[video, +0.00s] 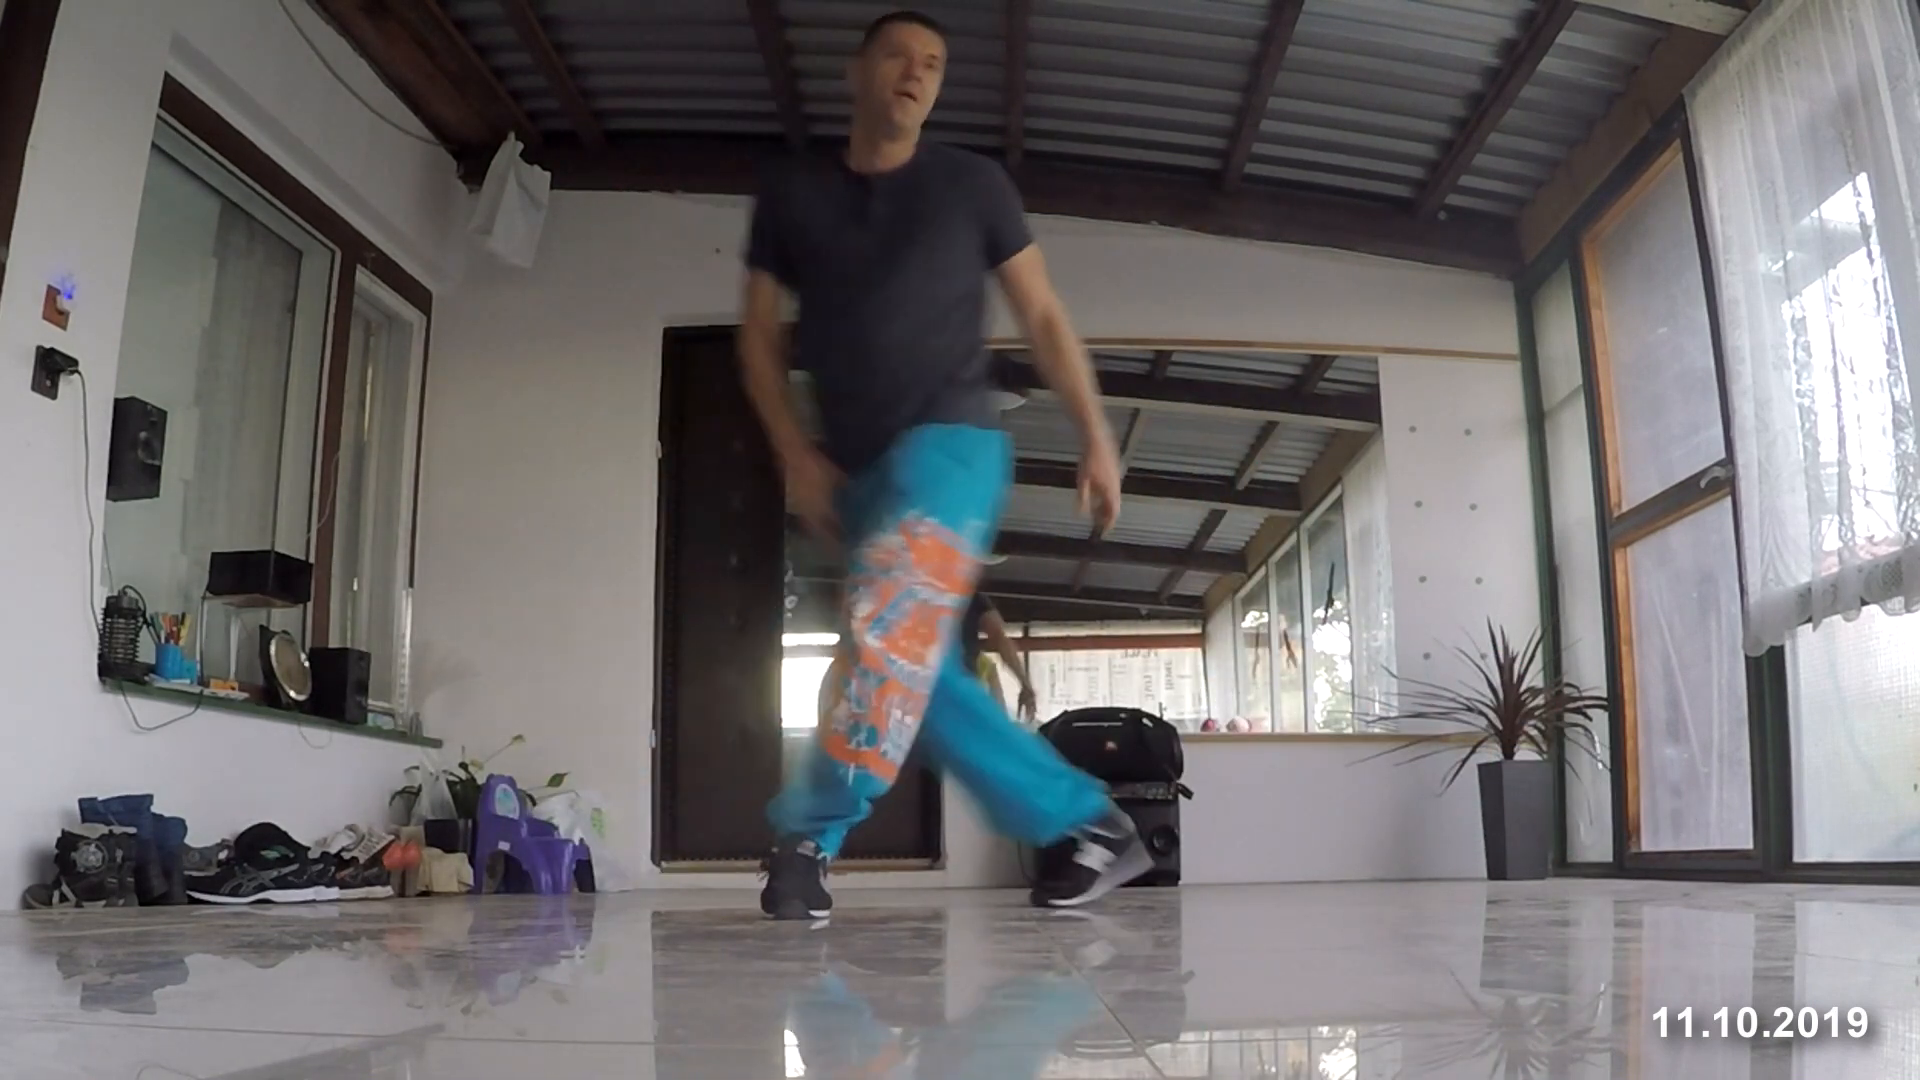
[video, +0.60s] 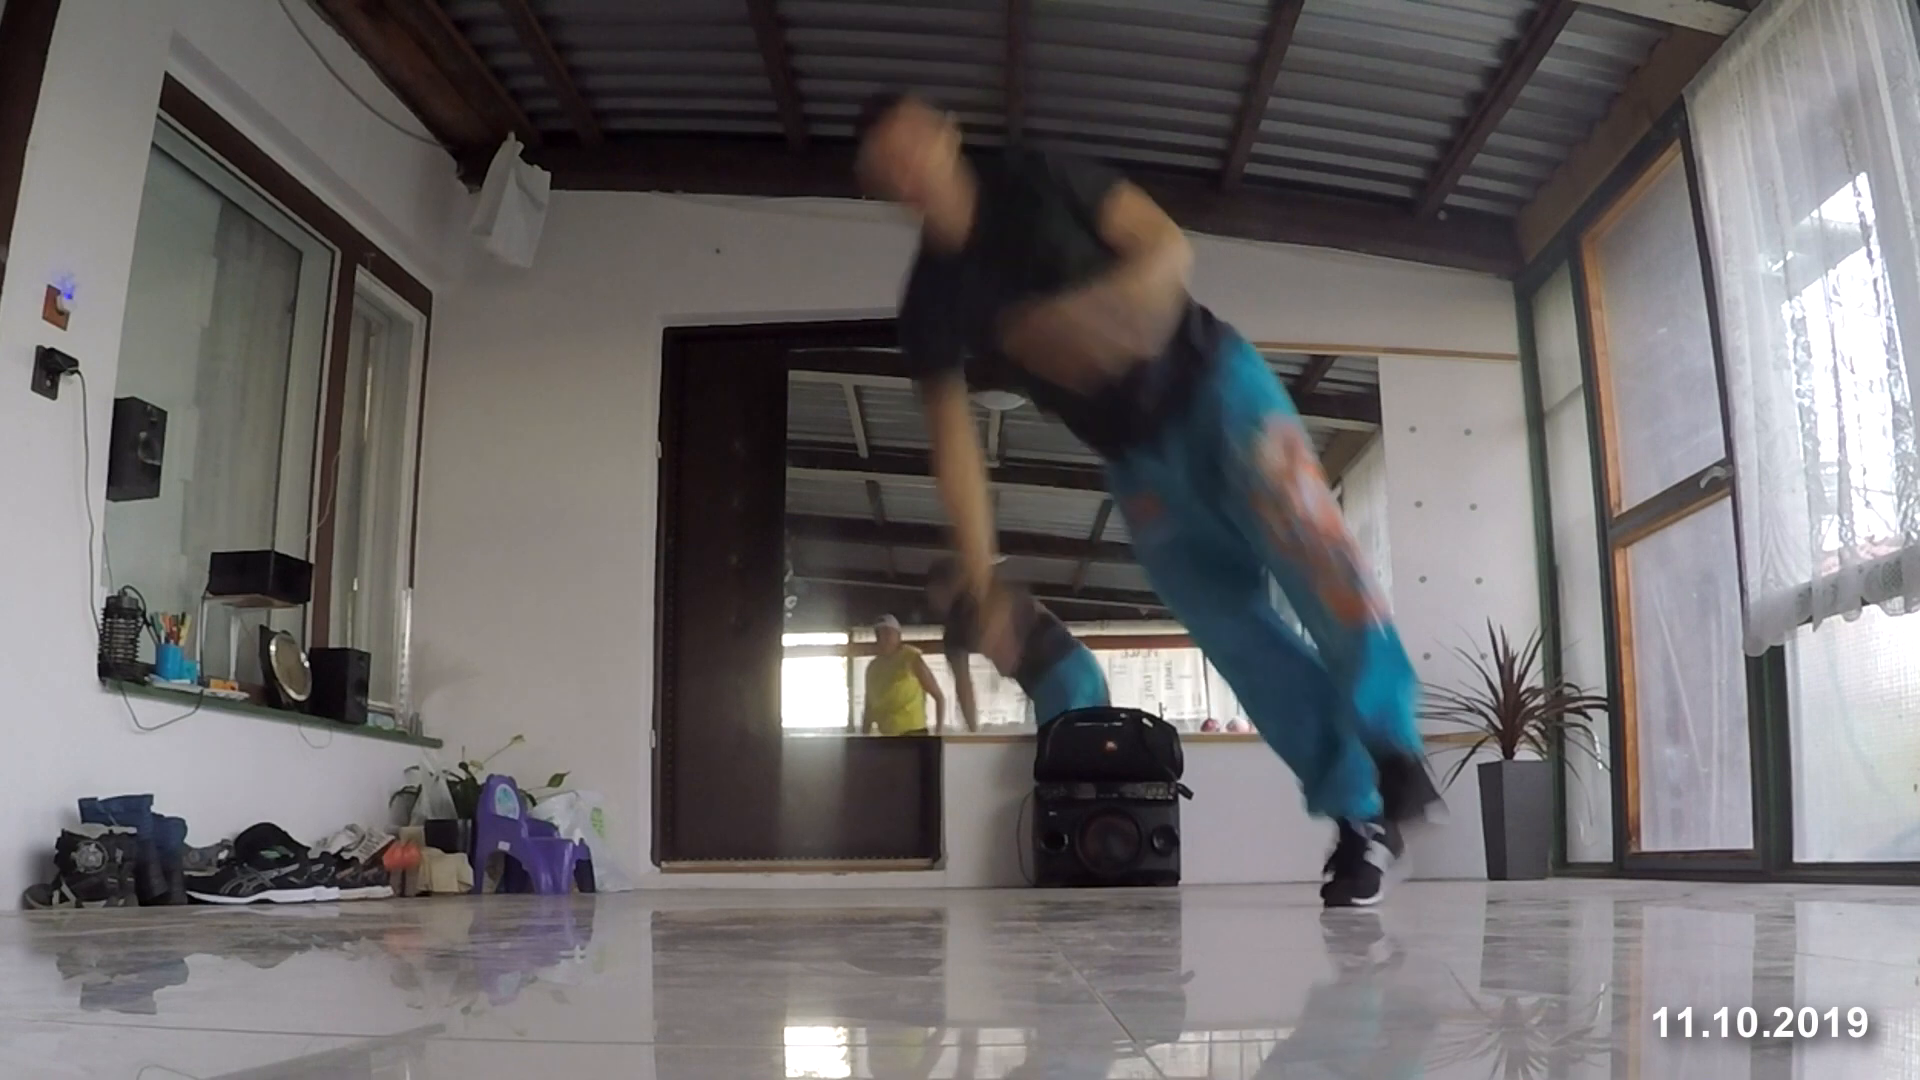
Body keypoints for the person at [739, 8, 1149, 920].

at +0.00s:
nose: (916, 76)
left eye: (931, 69)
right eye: (900, 59)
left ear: (941, 94)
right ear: (854, 74)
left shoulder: (973, 185)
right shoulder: (796, 191)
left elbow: (1044, 317)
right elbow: (758, 339)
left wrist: (1097, 437)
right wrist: (794, 453)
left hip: (952, 437)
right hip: (855, 458)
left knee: (886, 630)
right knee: (911, 658)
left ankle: (805, 841)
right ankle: (1082, 824)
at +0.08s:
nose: (890, 95)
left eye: (903, 81)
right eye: (870, 83)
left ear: (923, 99)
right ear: (837, 107)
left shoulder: (985, 176)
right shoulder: (822, 243)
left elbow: (1087, 287)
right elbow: (798, 385)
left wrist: (1157, 386)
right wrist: (857, 491)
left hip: (1013, 439)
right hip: (931, 467)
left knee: (914, 621)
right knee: (936, 649)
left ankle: (829, 845)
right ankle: (1106, 831)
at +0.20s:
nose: (874, 129)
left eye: (885, 115)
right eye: (853, 126)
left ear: (915, 134)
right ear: (837, 166)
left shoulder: (1001, 169)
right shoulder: (862, 282)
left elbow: (1140, 172)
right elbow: (865, 419)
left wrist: (1262, 171)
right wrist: (916, 519)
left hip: (1082, 423)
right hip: (1001, 462)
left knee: (981, 590)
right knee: (971, 652)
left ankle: (973, 817)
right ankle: (1113, 846)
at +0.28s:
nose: (887, 122)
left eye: (898, 102)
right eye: (867, 116)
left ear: (930, 110)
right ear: (852, 146)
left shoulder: (1012, 145)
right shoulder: (883, 261)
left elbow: (1147, 105)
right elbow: (908, 394)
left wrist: (1238, 29)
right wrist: (951, 493)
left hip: (1103, 386)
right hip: (1027, 435)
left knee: (1057, 546)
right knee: (1010, 655)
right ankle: (1108, 836)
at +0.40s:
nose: (905, 85)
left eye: (914, 64)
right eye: (886, 79)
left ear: (951, 62)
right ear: (878, 100)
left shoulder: (1026, 105)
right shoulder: (901, 218)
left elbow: (1154, 69)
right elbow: (944, 350)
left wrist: (1106, 1)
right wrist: (1001, 446)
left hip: (1130, 333)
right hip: (1059, 401)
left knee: (1175, 465)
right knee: (1096, 603)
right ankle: (1171, 805)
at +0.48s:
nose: (924, 93)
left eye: (932, 70)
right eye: (905, 85)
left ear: (973, 63)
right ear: (897, 102)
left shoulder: (1039, 120)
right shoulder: (915, 218)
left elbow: (1142, 108)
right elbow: (959, 354)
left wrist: (1011, 74)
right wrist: (1014, 450)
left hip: (1152, 337)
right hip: (1079, 408)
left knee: (1243, 468)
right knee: (1147, 599)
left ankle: (1324, 644)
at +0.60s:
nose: (911, 176)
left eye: (915, 151)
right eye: (891, 173)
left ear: (949, 134)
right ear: (885, 191)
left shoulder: (1033, 179)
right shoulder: (931, 299)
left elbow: (1170, 249)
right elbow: (955, 447)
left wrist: (1106, 309)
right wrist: (982, 580)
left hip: (1214, 385)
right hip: (1138, 459)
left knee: (1308, 543)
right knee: (1239, 640)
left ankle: (1393, 744)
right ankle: (1355, 815)